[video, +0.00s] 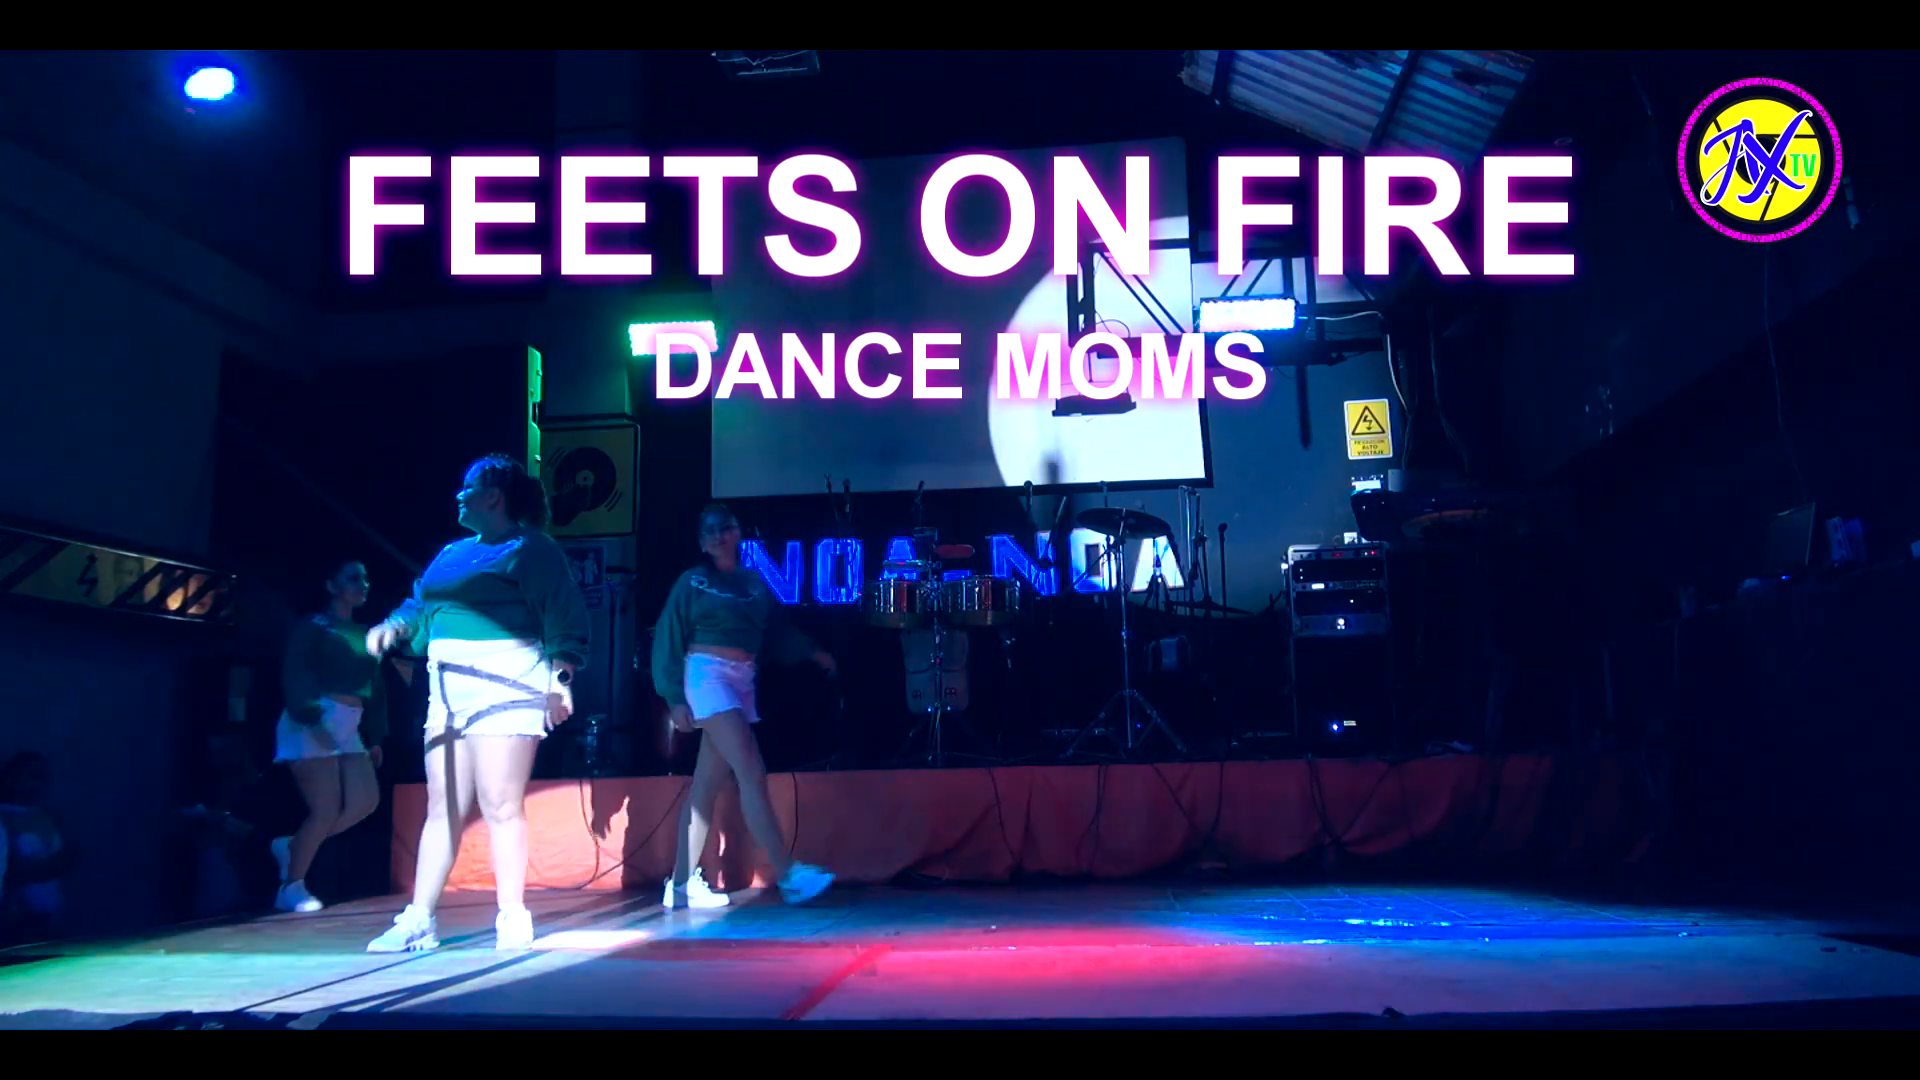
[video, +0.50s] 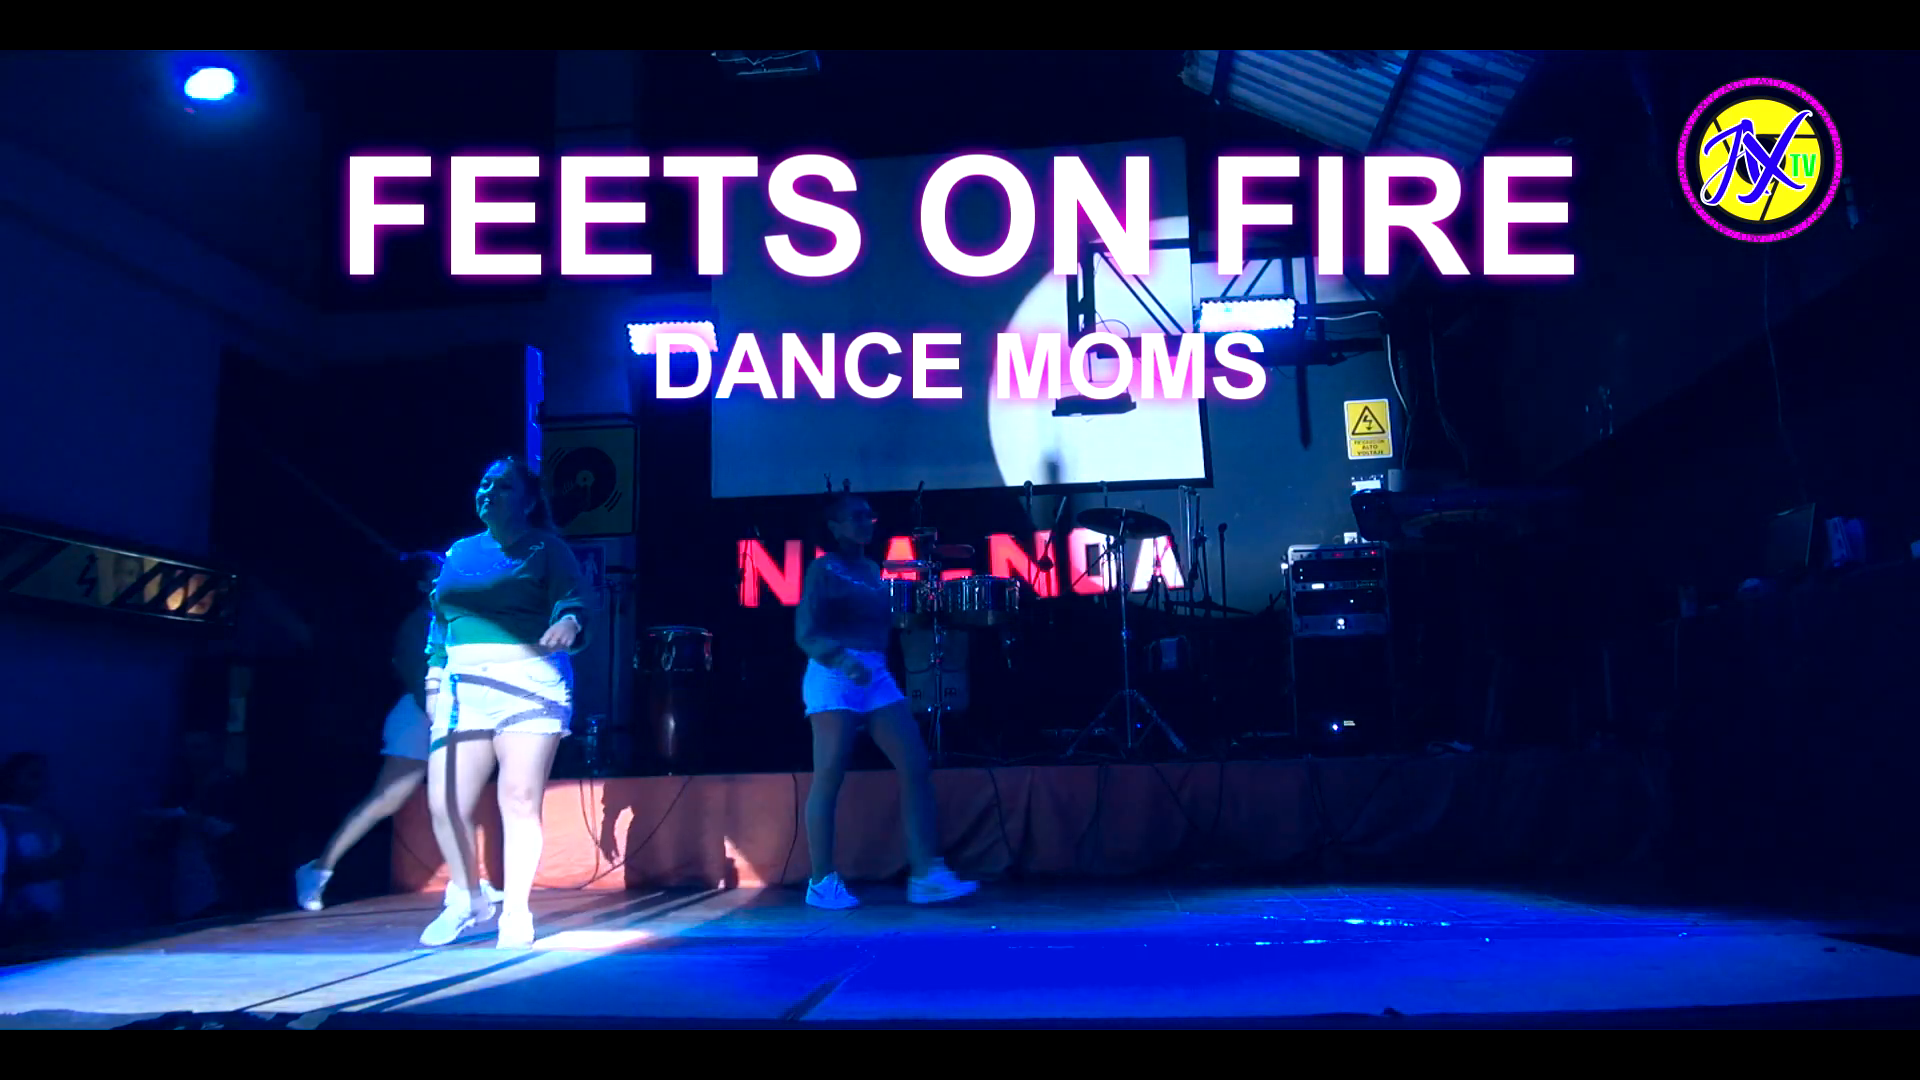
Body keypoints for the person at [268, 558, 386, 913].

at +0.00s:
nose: (363, 586)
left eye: (365, 581)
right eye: (355, 580)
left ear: (366, 588)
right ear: (333, 585)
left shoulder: (367, 636)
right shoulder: (313, 629)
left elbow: (373, 693)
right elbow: (295, 678)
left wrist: (374, 739)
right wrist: (315, 720)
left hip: (350, 728)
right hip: (312, 724)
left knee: (365, 801)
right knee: (325, 807)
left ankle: (294, 847)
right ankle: (293, 887)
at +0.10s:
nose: (376, 579)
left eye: (377, 573)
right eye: (367, 573)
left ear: (377, 581)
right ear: (346, 579)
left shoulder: (371, 628)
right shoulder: (327, 622)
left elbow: (380, 675)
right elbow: (320, 678)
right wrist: (360, 702)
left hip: (359, 719)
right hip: (323, 718)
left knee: (385, 790)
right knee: (324, 804)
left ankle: (331, 853)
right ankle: (292, 885)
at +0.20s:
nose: (390, 576)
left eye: (391, 570)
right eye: (382, 570)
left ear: (392, 578)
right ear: (361, 574)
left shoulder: (382, 624)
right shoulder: (342, 619)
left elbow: (394, 671)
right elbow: (347, 671)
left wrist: (408, 696)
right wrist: (393, 687)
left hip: (373, 716)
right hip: (338, 715)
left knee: (401, 790)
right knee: (326, 800)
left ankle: (376, 869)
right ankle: (294, 883)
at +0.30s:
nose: (408, 577)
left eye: (409, 571)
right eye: (400, 570)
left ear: (408, 578)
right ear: (378, 575)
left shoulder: (399, 623)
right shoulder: (364, 617)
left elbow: (413, 667)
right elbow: (384, 663)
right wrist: (422, 683)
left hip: (391, 718)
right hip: (358, 714)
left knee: (410, 793)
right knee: (335, 796)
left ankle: (428, 879)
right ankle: (295, 880)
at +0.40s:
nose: (430, 576)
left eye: (429, 571)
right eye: (420, 572)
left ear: (425, 580)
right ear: (400, 580)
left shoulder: (420, 621)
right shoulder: (391, 621)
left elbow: (433, 663)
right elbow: (407, 675)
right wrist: (447, 687)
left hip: (416, 716)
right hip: (386, 714)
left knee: (430, 799)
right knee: (347, 799)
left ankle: (458, 875)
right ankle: (301, 877)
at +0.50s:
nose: (441, 585)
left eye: (443, 577)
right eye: (435, 578)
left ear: (451, 580)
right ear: (424, 584)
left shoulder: (461, 619)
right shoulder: (419, 622)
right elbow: (410, 667)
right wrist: (433, 702)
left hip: (459, 713)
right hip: (418, 714)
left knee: (470, 800)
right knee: (389, 798)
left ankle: (473, 885)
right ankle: (319, 871)